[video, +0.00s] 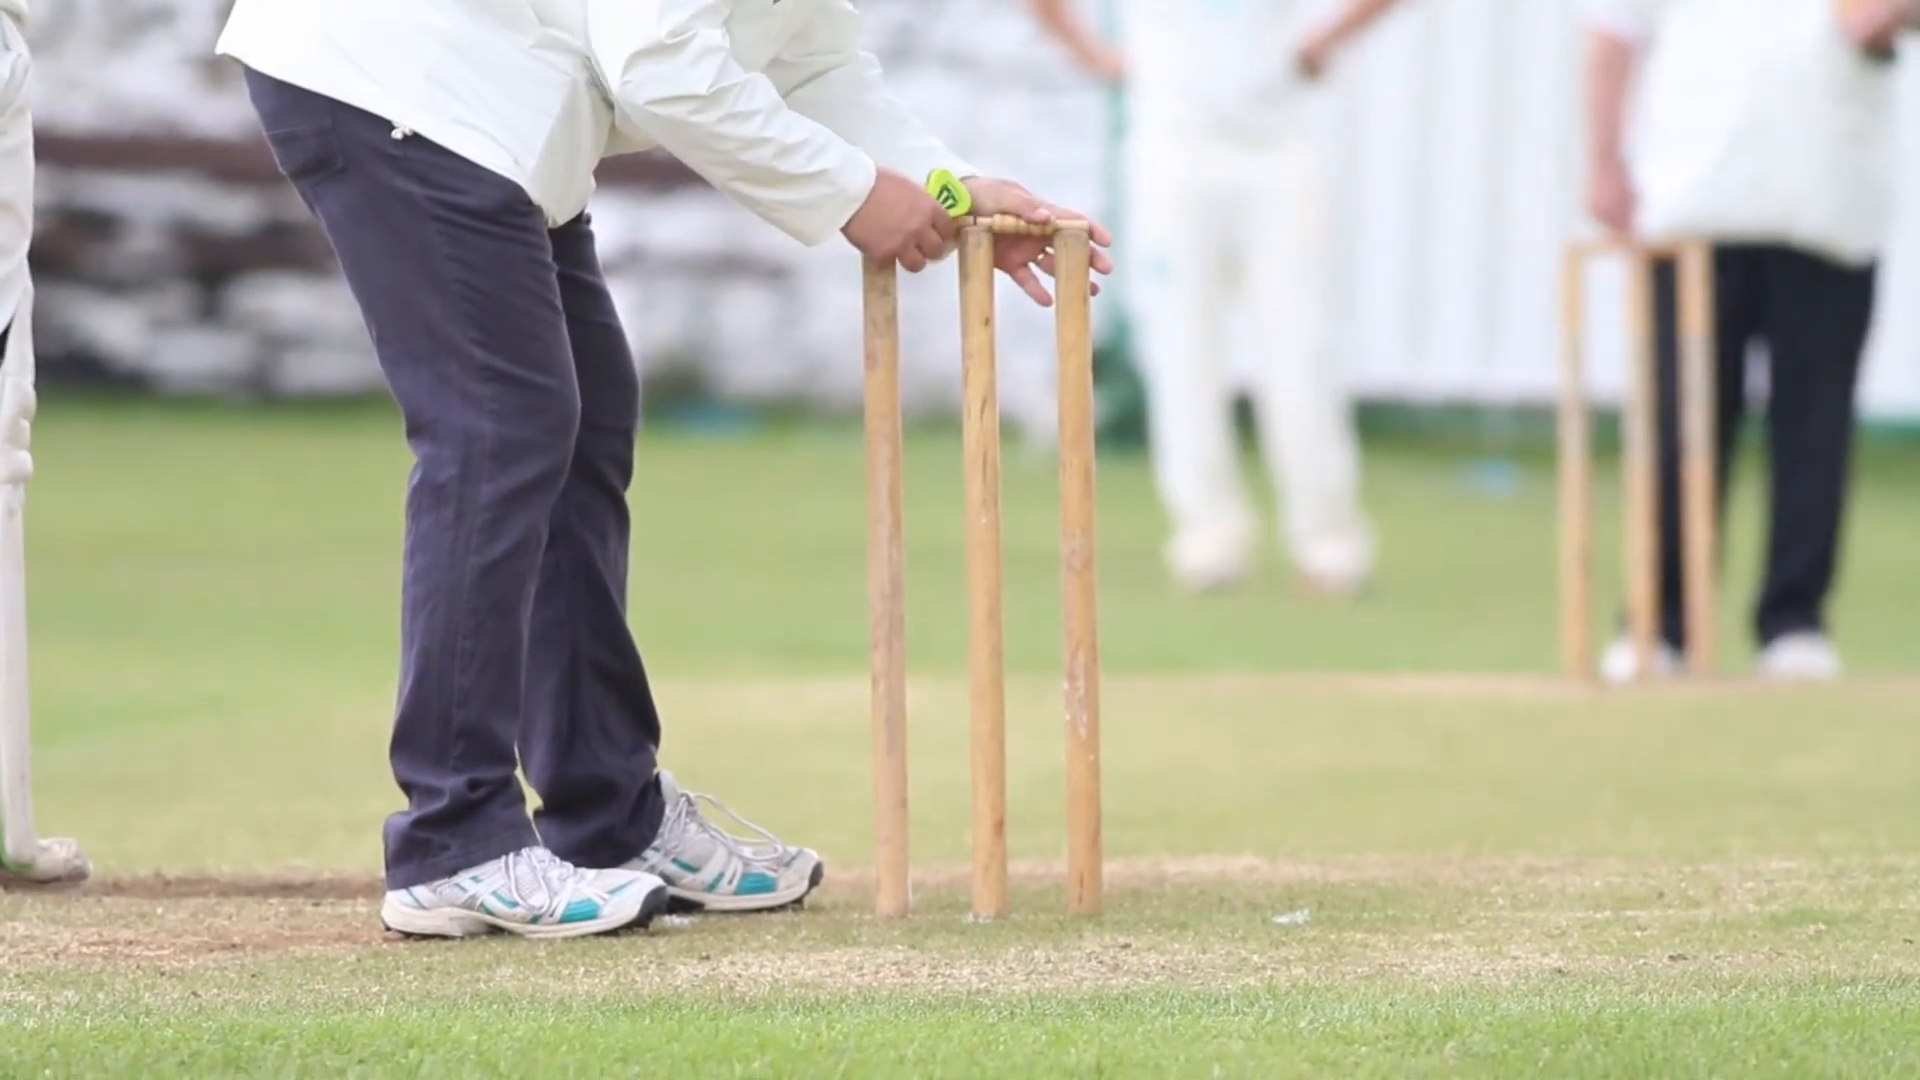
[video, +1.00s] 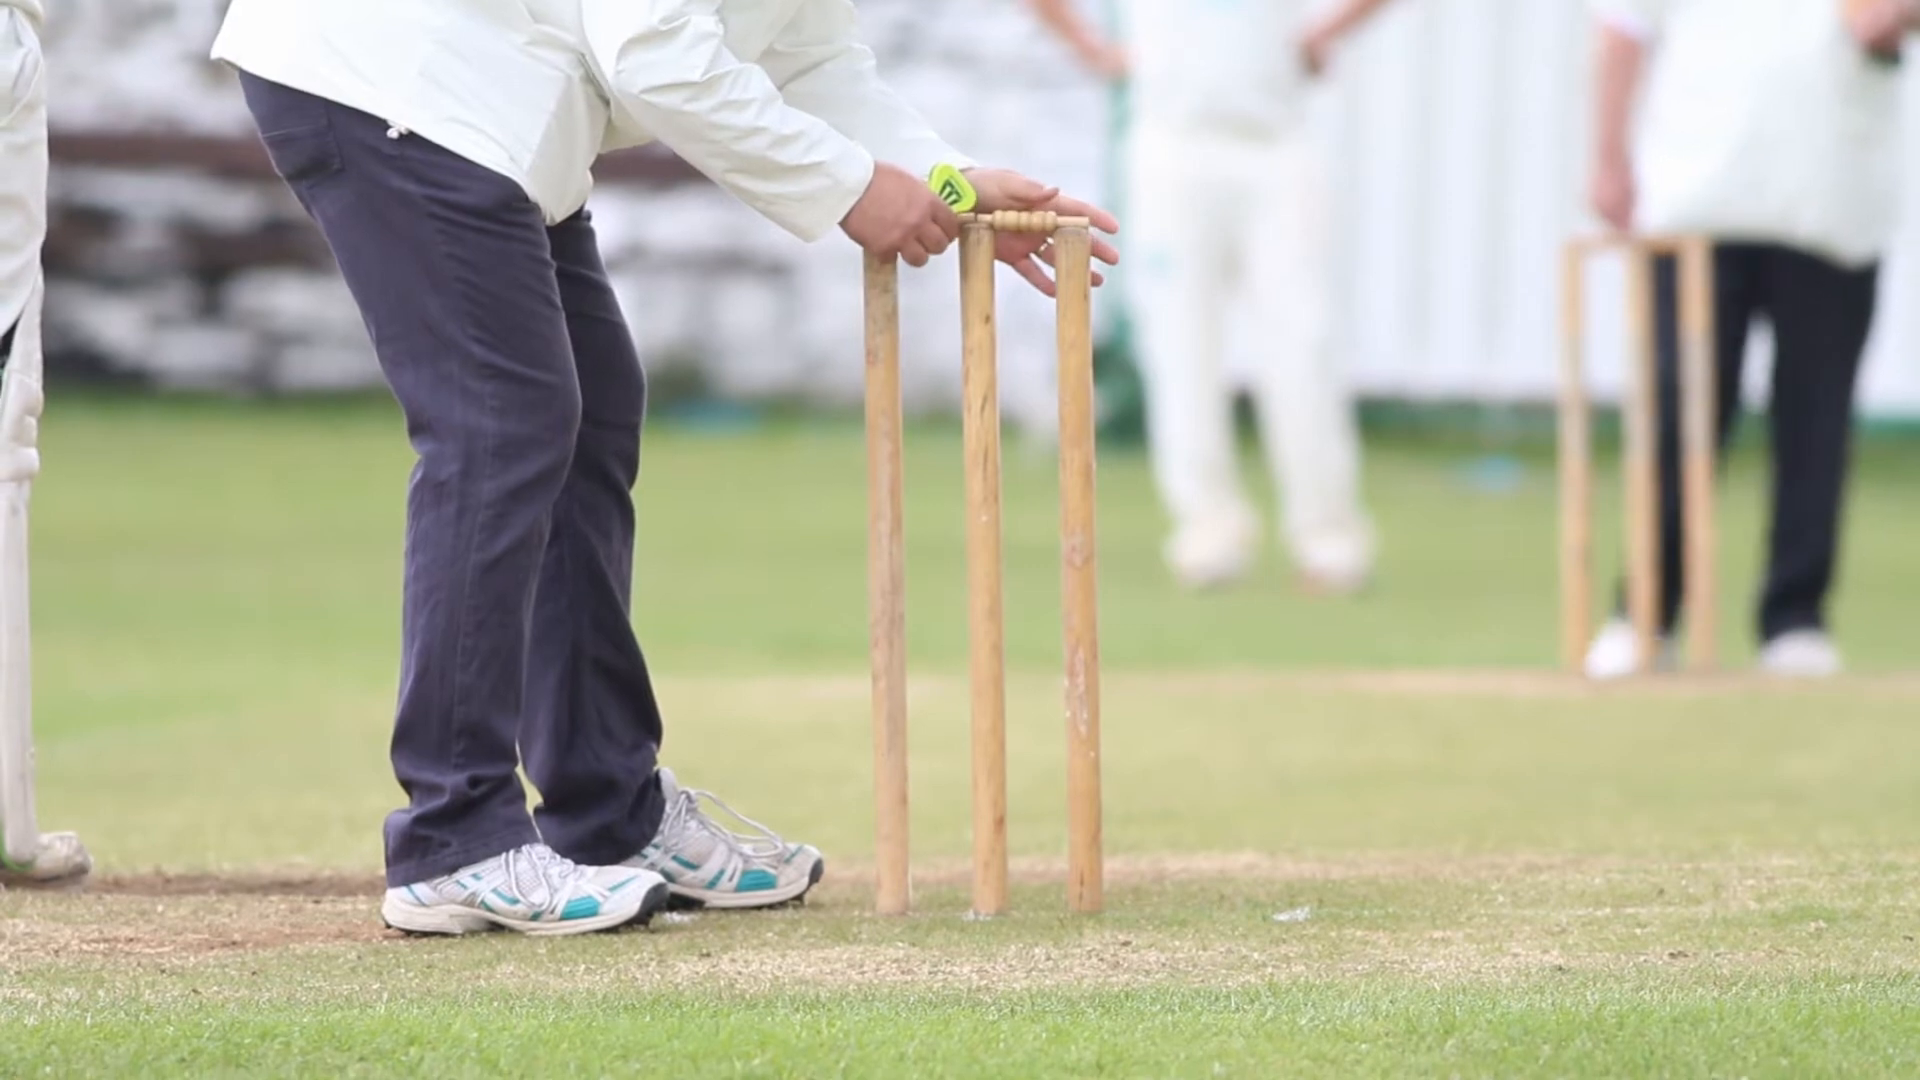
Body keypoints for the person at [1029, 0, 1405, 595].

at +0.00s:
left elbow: (1385, 4)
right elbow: (1038, 4)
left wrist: (1322, 43)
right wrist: (1095, 53)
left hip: (1287, 115)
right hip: (1168, 115)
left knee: (1300, 337)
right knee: (1178, 340)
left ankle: (1327, 539)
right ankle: (1208, 536)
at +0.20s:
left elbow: (1382, 4)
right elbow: (1037, 4)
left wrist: (1323, 40)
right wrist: (1095, 51)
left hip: (1282, 124)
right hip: (1169, 122)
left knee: (1302, 340)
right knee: (1178, 343)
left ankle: (1328, 538)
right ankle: (1209, 536)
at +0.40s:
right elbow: (1034, 3)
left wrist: (1321, 37)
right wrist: (1096, 52)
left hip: (1280, 127)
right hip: (1170, 125)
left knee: (1301, 338)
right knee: (1178, 342)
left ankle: (1327, 536)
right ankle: (1209, 532)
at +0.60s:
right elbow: (1034, 4)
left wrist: (1321, 36)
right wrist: (1096, 52)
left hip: (1280, 128)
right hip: (1170, 126)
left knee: (1301, 338)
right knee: (1178, 343)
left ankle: (1328, 536)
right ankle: (1209, 532)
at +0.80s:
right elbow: (1035, 3)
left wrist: (1321, 35)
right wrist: (1097, 52)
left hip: (1280, 128)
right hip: (1170, 126)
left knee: (1301, 338)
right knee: (1179, 343)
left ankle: (1327, 536)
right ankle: (1209, 532)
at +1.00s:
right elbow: (1037, 4)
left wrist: (1322, 35)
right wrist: (1096, 48)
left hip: (1281, 128)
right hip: (1170, 126)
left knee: (1300, 339)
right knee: (1178, 344)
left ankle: (1328, 536)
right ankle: (1208, 532)